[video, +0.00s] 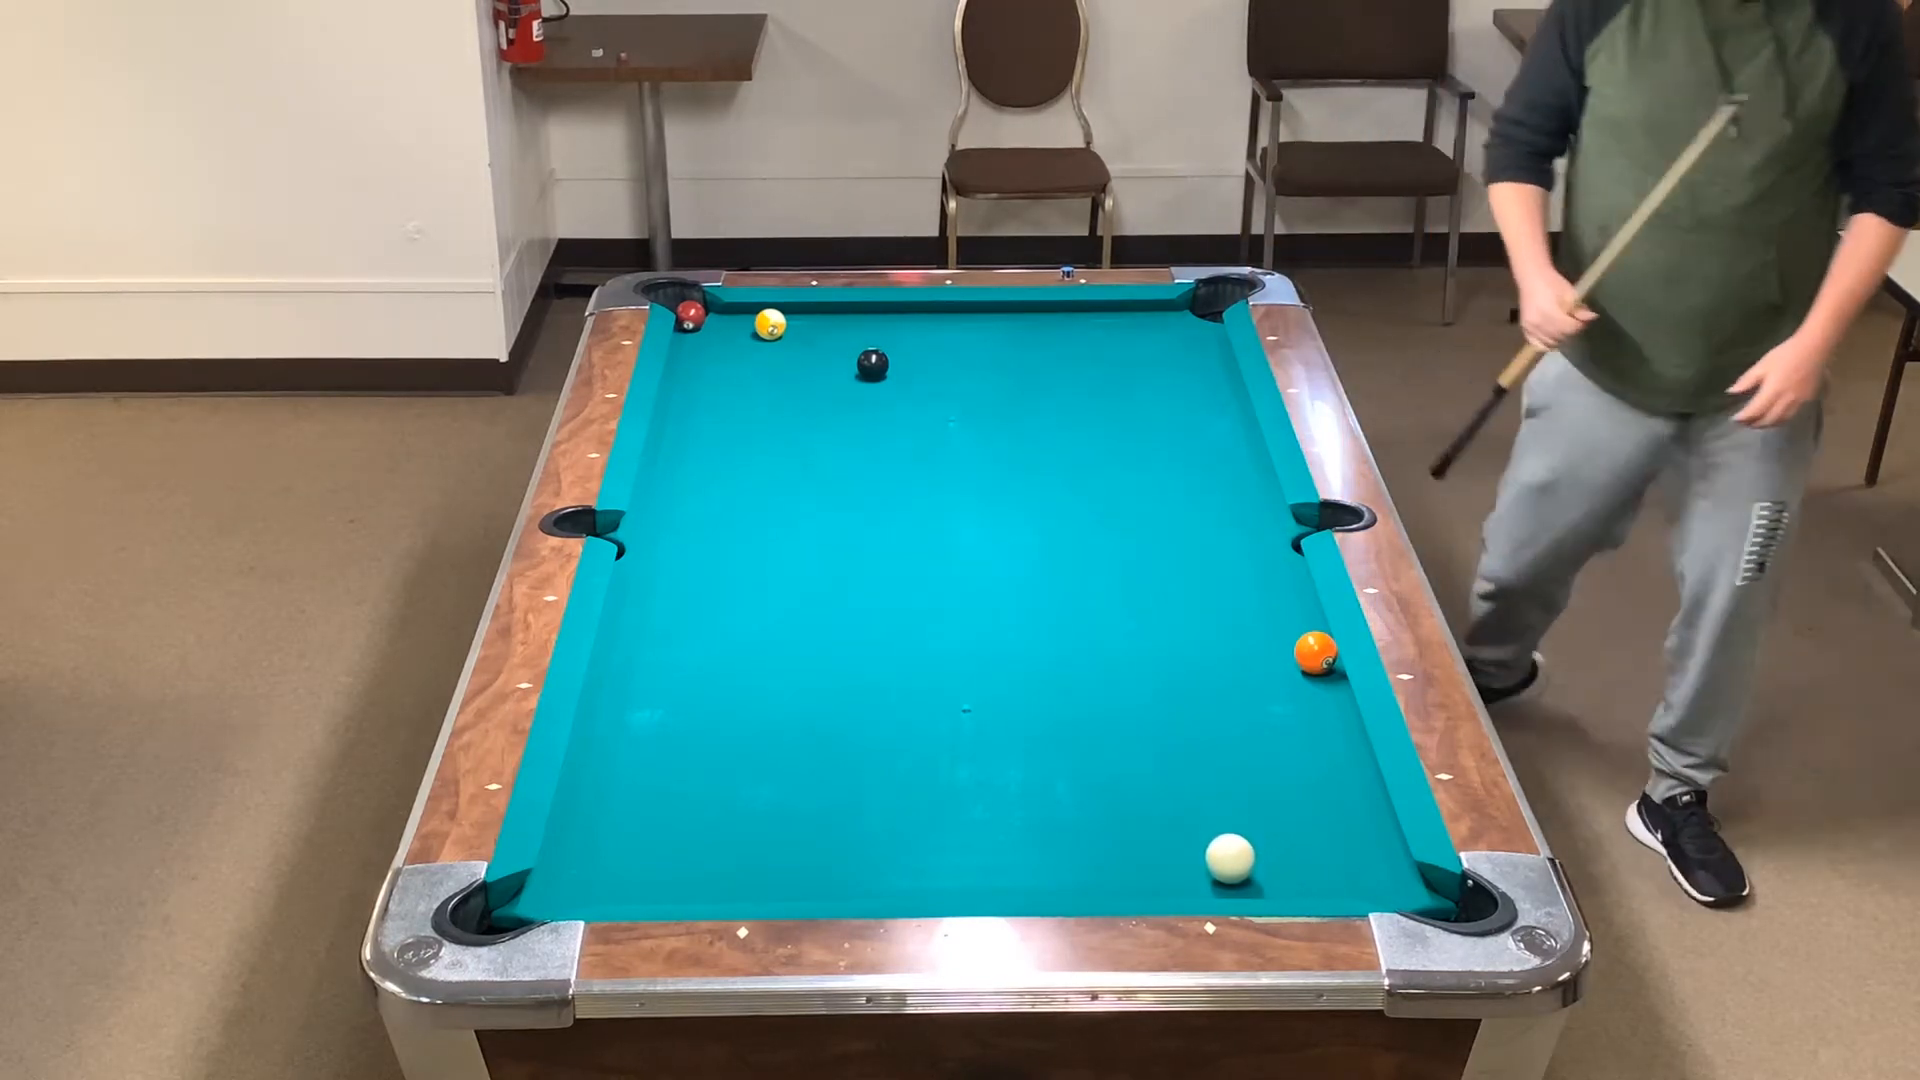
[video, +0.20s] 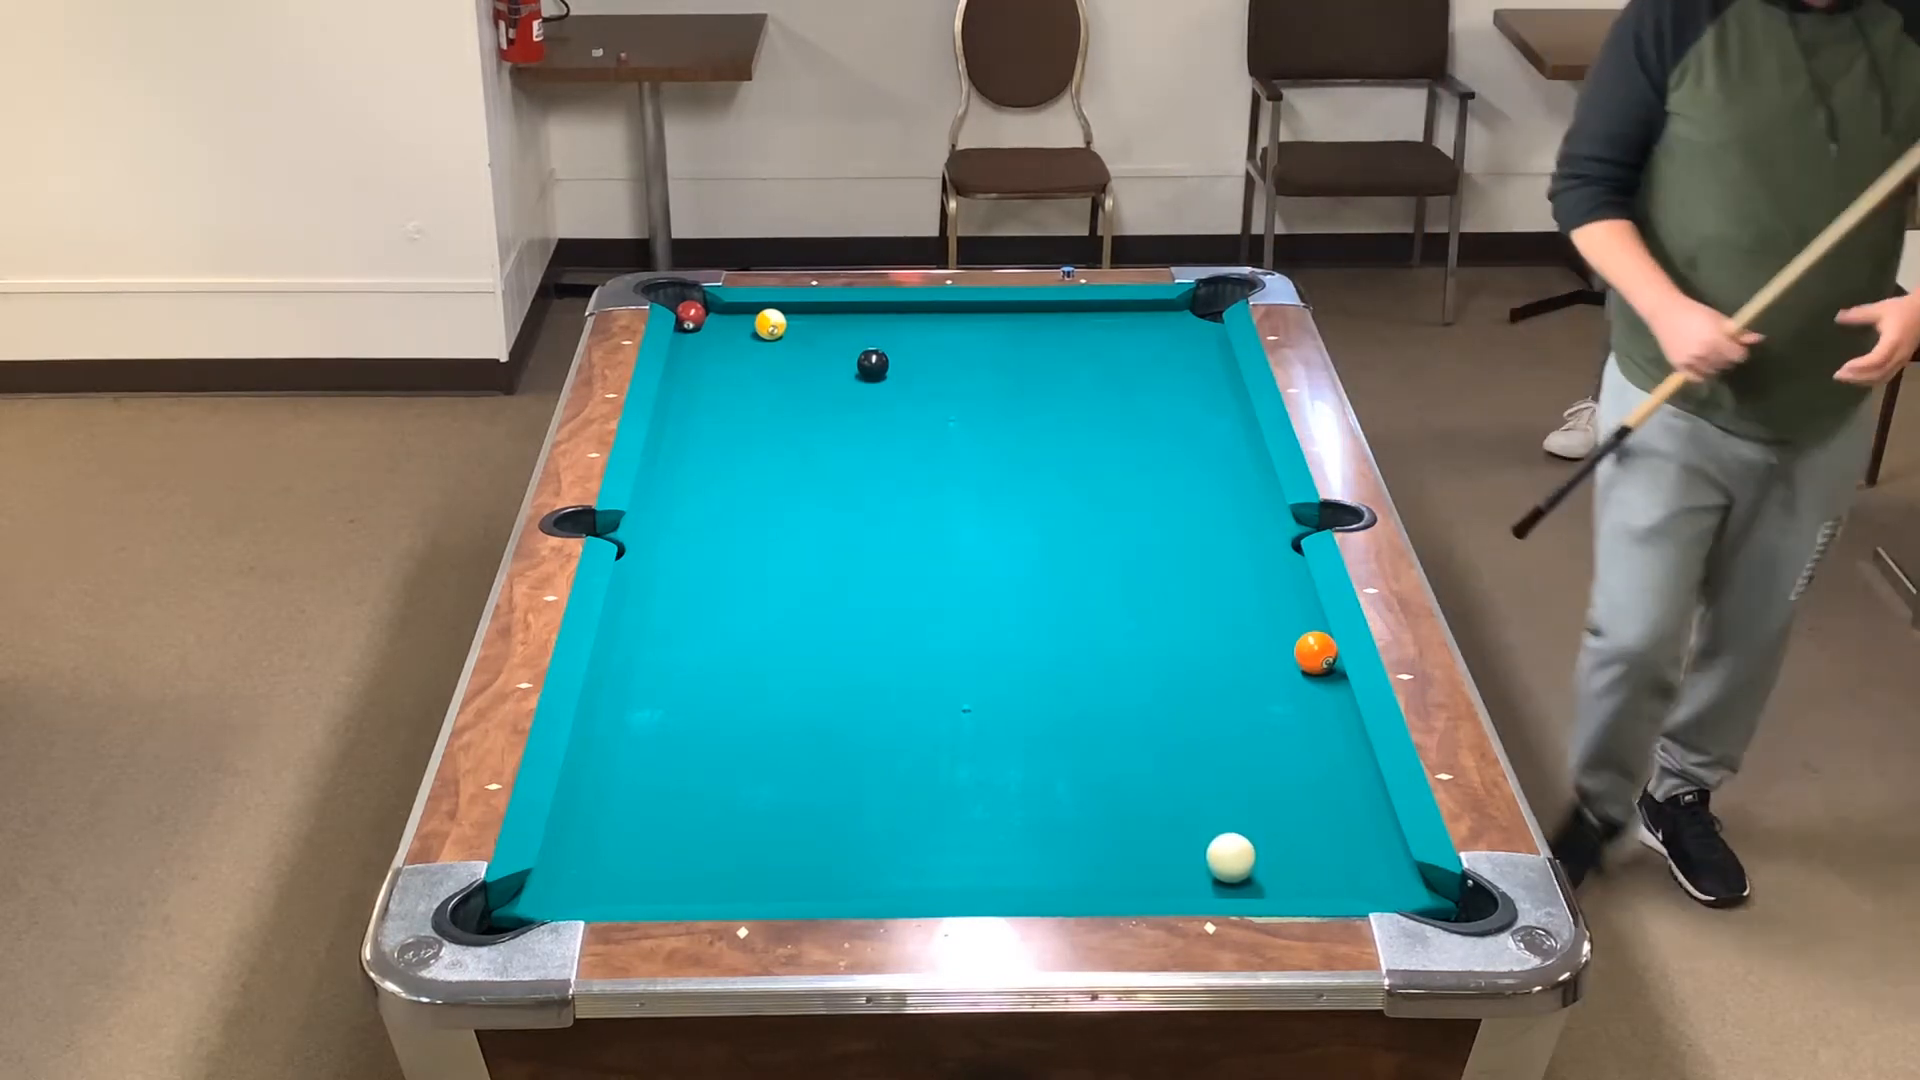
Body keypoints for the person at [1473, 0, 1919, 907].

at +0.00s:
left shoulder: (1852, 16)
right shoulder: (1597, 6)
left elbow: (1890, 188)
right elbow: (1517, 144)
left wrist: (1812, 345)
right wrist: (1533, 274)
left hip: (1762, 378)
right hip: (1603, 355)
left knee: (1729, 594)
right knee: (1515, 562)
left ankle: (1678, 790)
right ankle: (1494, 666)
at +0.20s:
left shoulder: (1904, 40)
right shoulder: (1678, 14)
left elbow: (1918, 202)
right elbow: (1583, 186)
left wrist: (1917, 302)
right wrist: (1670, 311)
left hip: (1826, 412)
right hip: (1674, 395)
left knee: (1753, 628)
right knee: (1635, 635)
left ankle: (1683, 793)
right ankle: (1597, 811)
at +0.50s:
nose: (1911, 6)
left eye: (1912, 2)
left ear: (1900, 0)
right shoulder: (1773, 80)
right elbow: (1679, 275)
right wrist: (1839, 366)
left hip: (1899, 469)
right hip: (1772, 461)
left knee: (1804, 660)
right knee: (1792, 743)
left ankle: (1686, 783)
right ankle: (1775, 993)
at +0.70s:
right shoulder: (1880, 82)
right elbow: (1750, 299)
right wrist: (1893, 421)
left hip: (1914, 509)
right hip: (1843, 502)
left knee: (1907, 754)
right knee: (1823, 774)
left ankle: (1779, 802)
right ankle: (1781, 995)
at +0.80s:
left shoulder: (1894, 107)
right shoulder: (1898, 107)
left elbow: (1814, 312)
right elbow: (1807, 314)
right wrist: (1916, 416)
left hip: (1895, 506)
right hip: (1869, 508)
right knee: (1844, 783)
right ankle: (1778, 995)